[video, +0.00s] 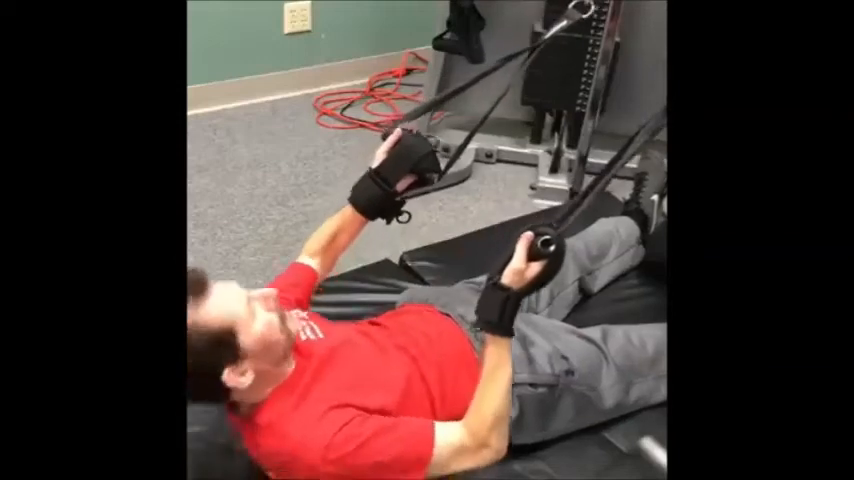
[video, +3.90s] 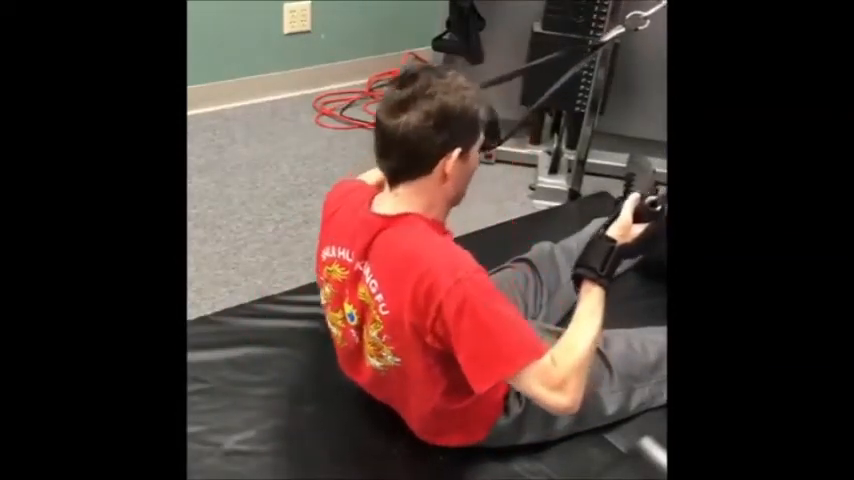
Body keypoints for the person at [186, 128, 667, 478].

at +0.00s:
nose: (267, 298)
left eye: (248, 294)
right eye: (250, 312)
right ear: (241, 377)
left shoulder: (265, 321)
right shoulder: (309, 443)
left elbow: (315, 259)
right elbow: (482, 443)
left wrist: (374, 190)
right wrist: (503, 308)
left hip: (438, 308)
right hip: (498, 374)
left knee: (551, 262)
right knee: (642, 355)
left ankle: (633, 225)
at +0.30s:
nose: (320, 249)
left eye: (307, 244)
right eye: (305, 257)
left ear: (276, 306)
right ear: (278, 310)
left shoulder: (278, 312)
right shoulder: (338, 411)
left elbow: (320, 247)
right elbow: (493, 435)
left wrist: (377, 184)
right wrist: (514, 302)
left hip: (455, 307)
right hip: (508, 375)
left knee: (594, 238)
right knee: (653, 351)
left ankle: (635, 223)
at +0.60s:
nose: (362, 210)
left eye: (352, 201)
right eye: (350, 210)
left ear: (310, 253)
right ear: (322, 256)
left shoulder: (275, 283)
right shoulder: (357, 368)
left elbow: (324, 235)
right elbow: (505, 425)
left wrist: (387, 171)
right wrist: (531, 284)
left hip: (444, 306)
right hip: (504, 375)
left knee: (548, 266)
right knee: (656, 351)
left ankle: (633, 221)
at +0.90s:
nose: (413, 181)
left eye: (409, 170)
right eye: (407, 175)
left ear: (321, 194)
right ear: (377, 207)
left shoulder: (299, 238)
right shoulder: (397, 327)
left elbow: (345, 191)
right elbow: (521, 420)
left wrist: (399, 148)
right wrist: (551, 283)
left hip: (458, 305)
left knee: (556, 258)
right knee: (660, 349)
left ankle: (634, 223)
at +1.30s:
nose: (471, 166)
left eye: (469, 153)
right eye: (470, 155)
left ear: (386, 156)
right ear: (446, 168)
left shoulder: (336, 209)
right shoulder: (437, 284)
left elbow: (362, 178)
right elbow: (543, 412)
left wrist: (424, 144)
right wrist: (585, 275)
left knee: (547, 260)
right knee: (661, 349)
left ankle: (625, 231)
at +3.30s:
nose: (522, 154)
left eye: (527, 142)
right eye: (526, 141)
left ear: (445, 118)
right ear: (506, 140)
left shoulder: (371, 180)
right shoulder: (484, 242)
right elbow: (581, 376)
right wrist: (619, 251)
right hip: (481, 408)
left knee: (607, 231)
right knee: (664, 349)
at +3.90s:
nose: (477, 163)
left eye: (478, 151)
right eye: (476, 152)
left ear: (392, 151)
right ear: (448, 165)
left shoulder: (344, 201)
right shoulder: (446, 275)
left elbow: (392, 169)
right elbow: (562, 390)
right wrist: (600, 265)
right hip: (478, 405)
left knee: (551, 261)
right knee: (662, 347)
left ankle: (628, 223)